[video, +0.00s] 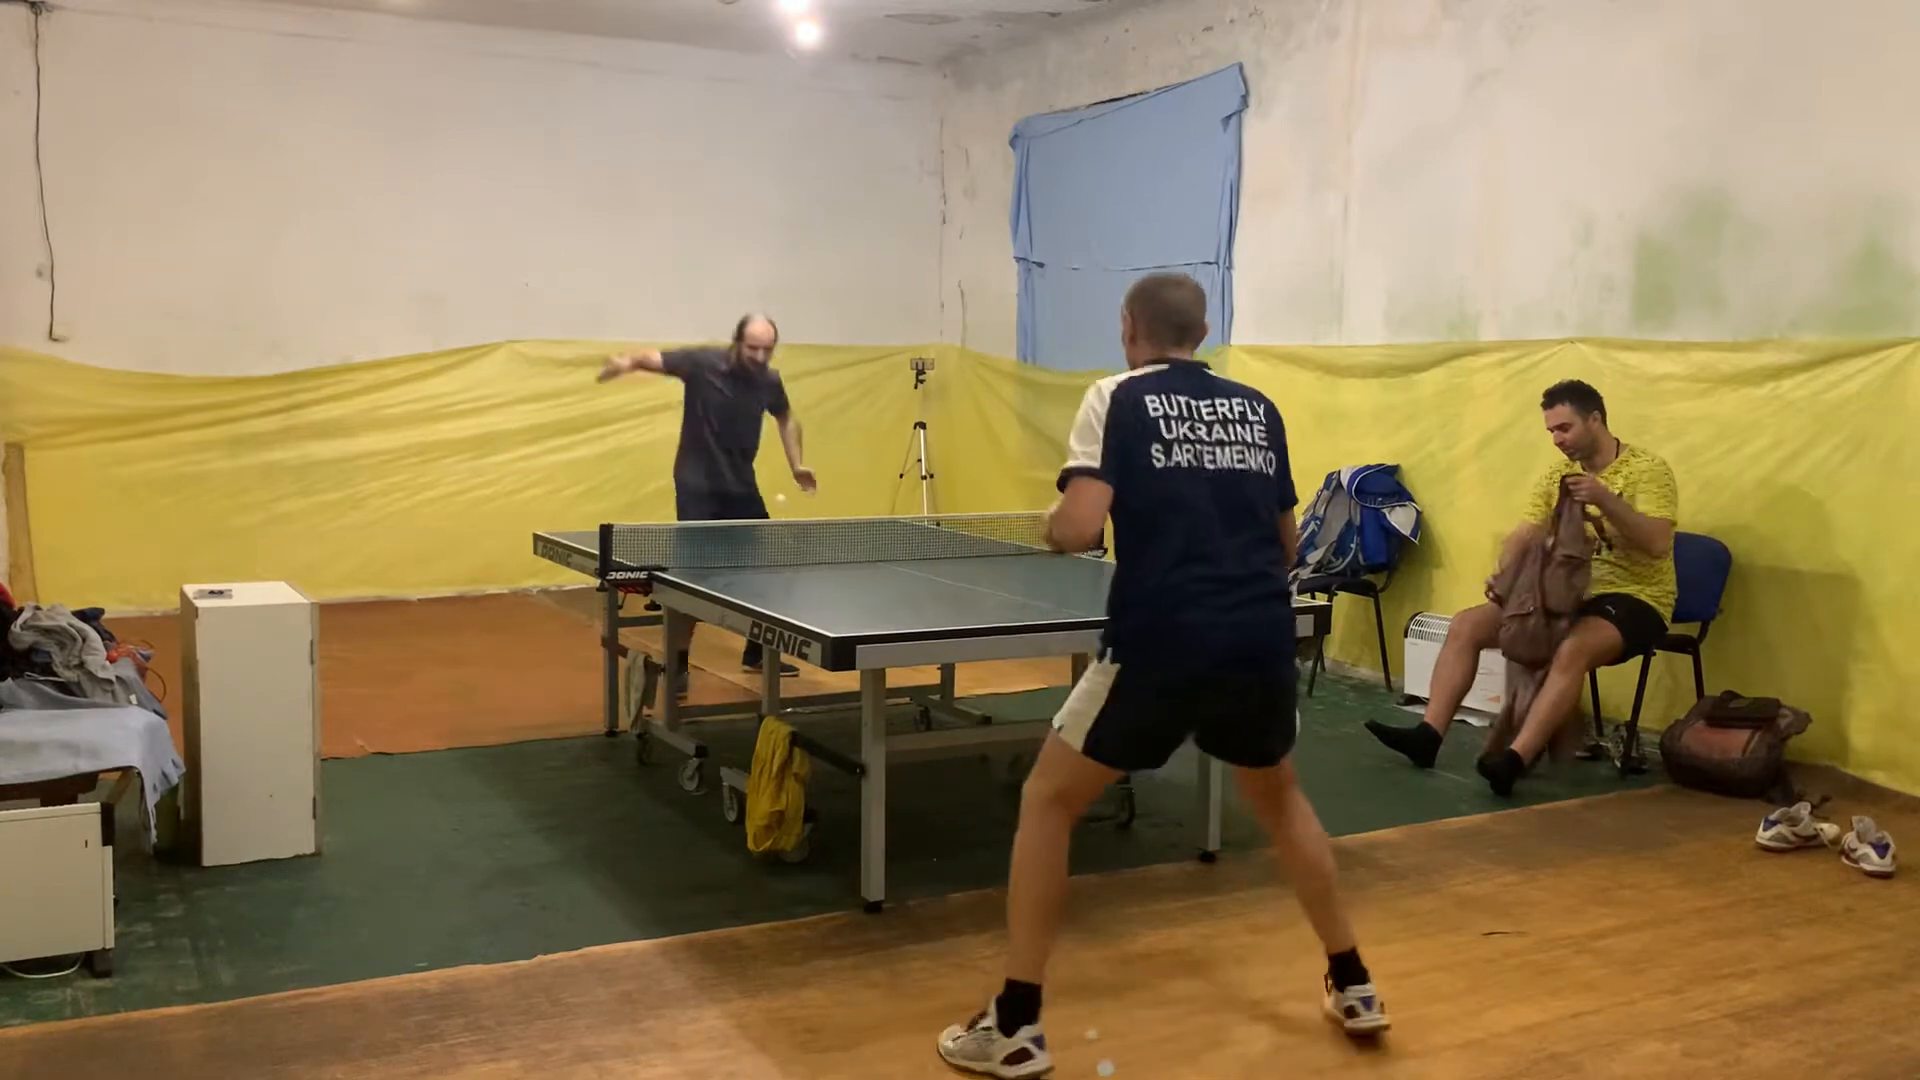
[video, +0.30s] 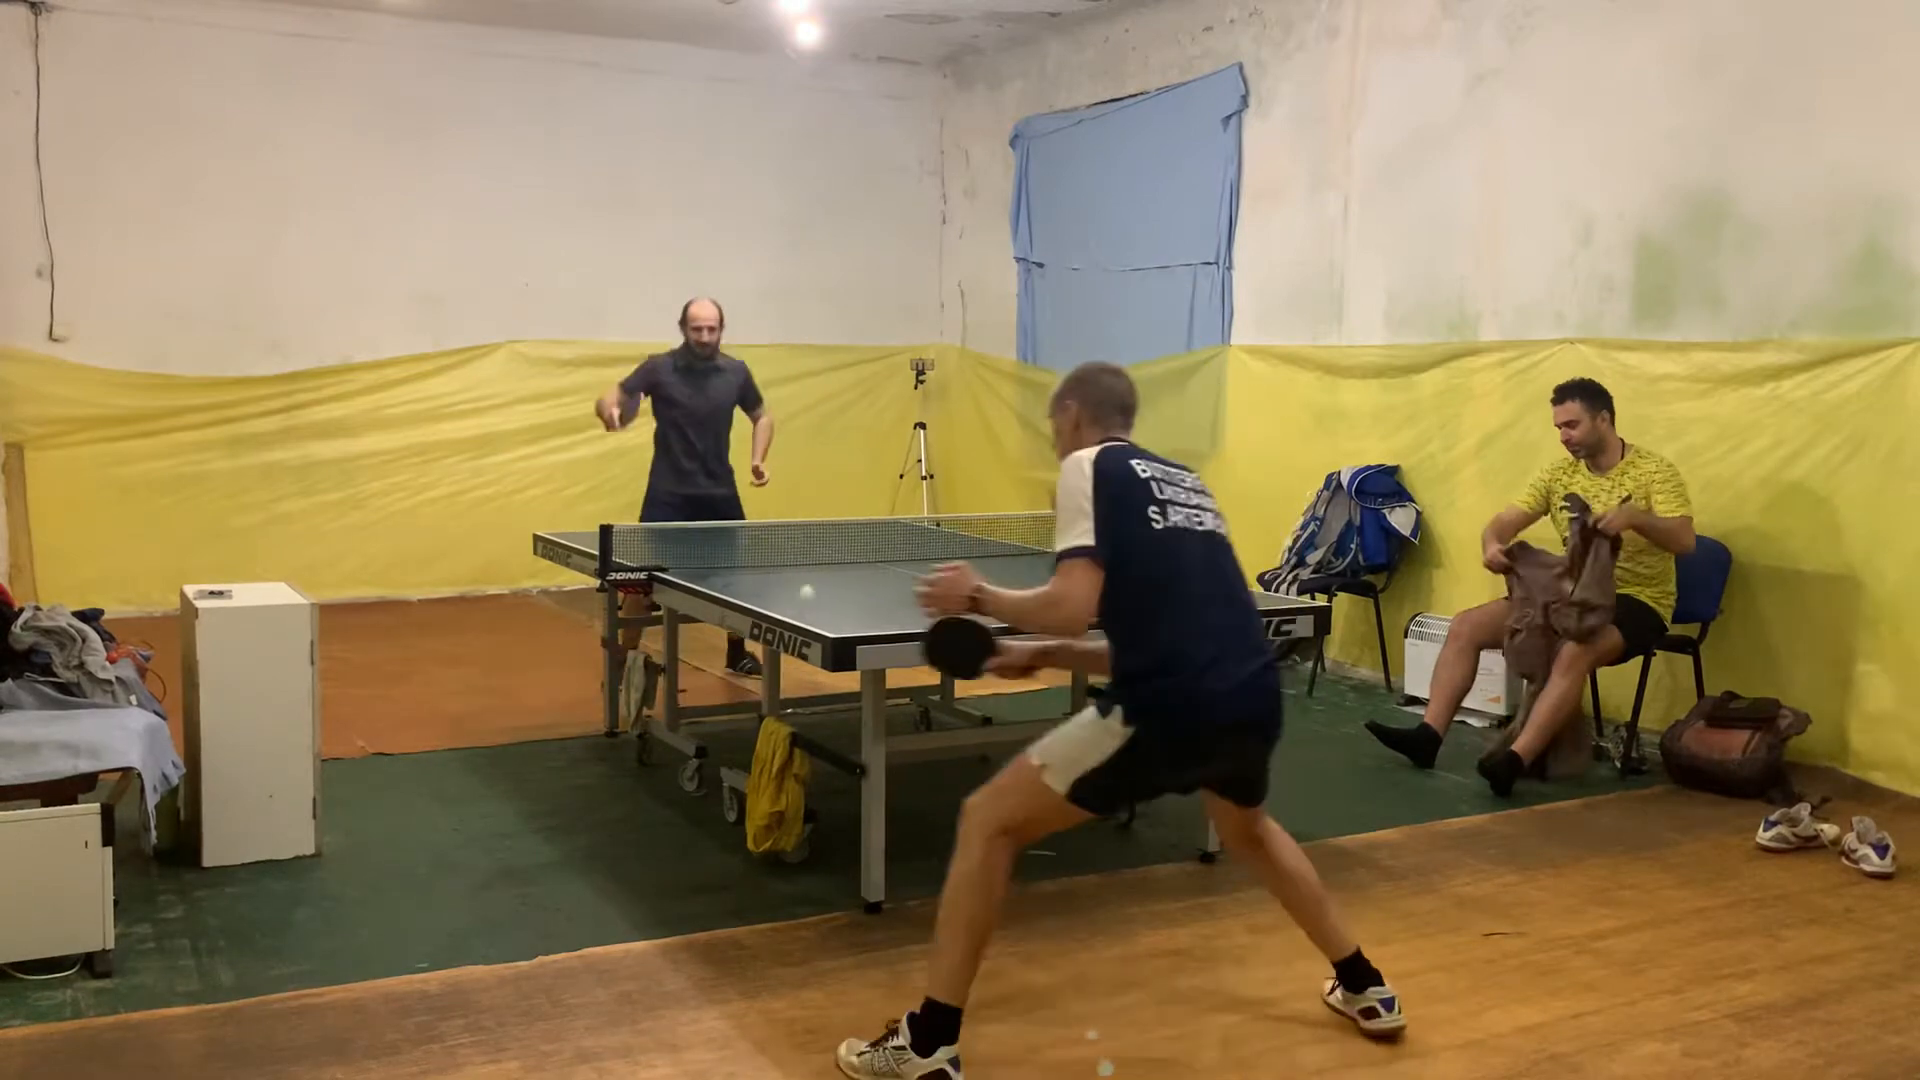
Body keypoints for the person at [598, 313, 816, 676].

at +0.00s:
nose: (758, 355)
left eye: (766, 349)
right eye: (752, 347)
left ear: (773, 348)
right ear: (737, 341)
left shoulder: (769, 381)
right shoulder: (705, 363)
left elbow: (786, 419)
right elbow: (650, 360)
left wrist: (796, 465)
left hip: (742, 491)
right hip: (697, 490)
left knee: (769, 566)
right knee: (693, 575)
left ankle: (758, 647)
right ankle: (678, 662)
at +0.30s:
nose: (705, 337)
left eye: (712, 329)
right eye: (697, 329)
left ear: (722, 330)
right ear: (683, 330)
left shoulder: (737, 372)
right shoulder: (658, 368)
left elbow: (762, 417)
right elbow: (615, 396)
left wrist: (758, 458)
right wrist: (609, 410)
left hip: (719, 493)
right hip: (667, 493)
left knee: (737, 570)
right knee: (643, 577)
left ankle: (737, 651)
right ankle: (624, 661)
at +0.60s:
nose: (683, 345)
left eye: (690, 335)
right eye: (675, 337)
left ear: (701, 333)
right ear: (663, 339)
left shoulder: (731, 371)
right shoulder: (657, 383)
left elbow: (777, 412)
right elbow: (637, 424)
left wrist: (758, 453)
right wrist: (630, 448)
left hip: (734, 494)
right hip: (681, 496)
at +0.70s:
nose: (687, 353)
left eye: (693, 344)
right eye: (678, 346)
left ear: (705, 341)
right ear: (667, 348)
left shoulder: (734, 370)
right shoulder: (669, 391)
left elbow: (770, 411)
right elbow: (656, 437)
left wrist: (734, 448)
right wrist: (644, 462)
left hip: (761, 481)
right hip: (713, 485)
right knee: (683, 550)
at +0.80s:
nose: (698, 373)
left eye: (704, 364)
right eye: (689, 366)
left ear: (716, 361)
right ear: (679, 369)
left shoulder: (741, 388)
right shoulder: (690, 409)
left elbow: (742, 423)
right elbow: (691, 461)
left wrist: (692, 451)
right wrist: (678, 495)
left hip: (781, 500)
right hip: (734, 499)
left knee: (787, 580)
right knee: (690, 564)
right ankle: (700, 657)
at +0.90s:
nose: (712, 397)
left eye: (718, 388)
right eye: (704, 391)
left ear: (733, 385)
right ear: (697, 392)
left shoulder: (754, 411)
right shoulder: (719, 422)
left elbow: (738, 450)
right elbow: (739, 472)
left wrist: (690, 479)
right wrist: (743, 513)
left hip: (800, 518)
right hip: (755, 518)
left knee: (822, 586)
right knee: (697, 572)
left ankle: (848, 655)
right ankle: (701, 660)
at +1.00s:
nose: (738, 410)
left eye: (744, 400)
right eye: (731, 403)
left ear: (762, 395)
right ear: (725, 404)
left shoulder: (779, 423)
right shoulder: (763, 427)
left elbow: (798, 469)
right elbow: (785, 478)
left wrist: (768, 513)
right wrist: (770, 514)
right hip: (800, 525)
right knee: (722, 567)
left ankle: (704, 659)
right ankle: (704, 658)